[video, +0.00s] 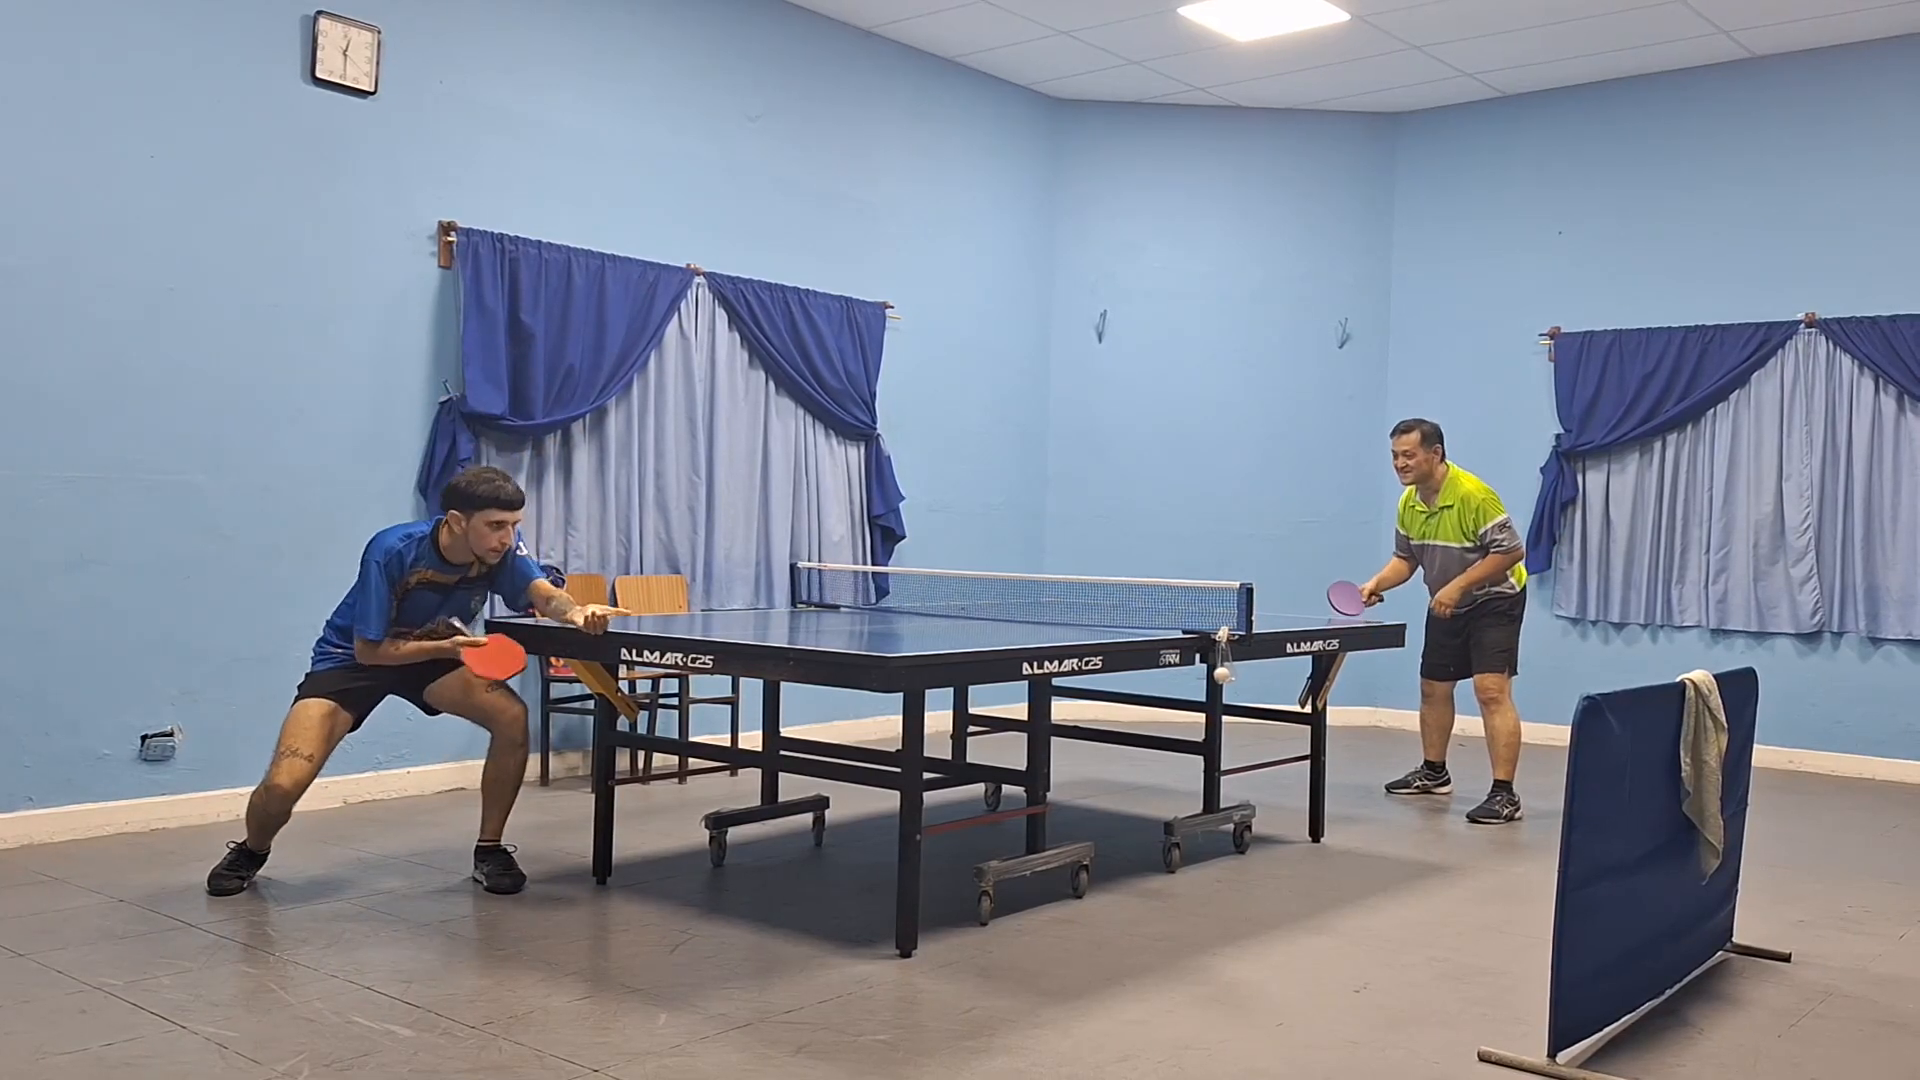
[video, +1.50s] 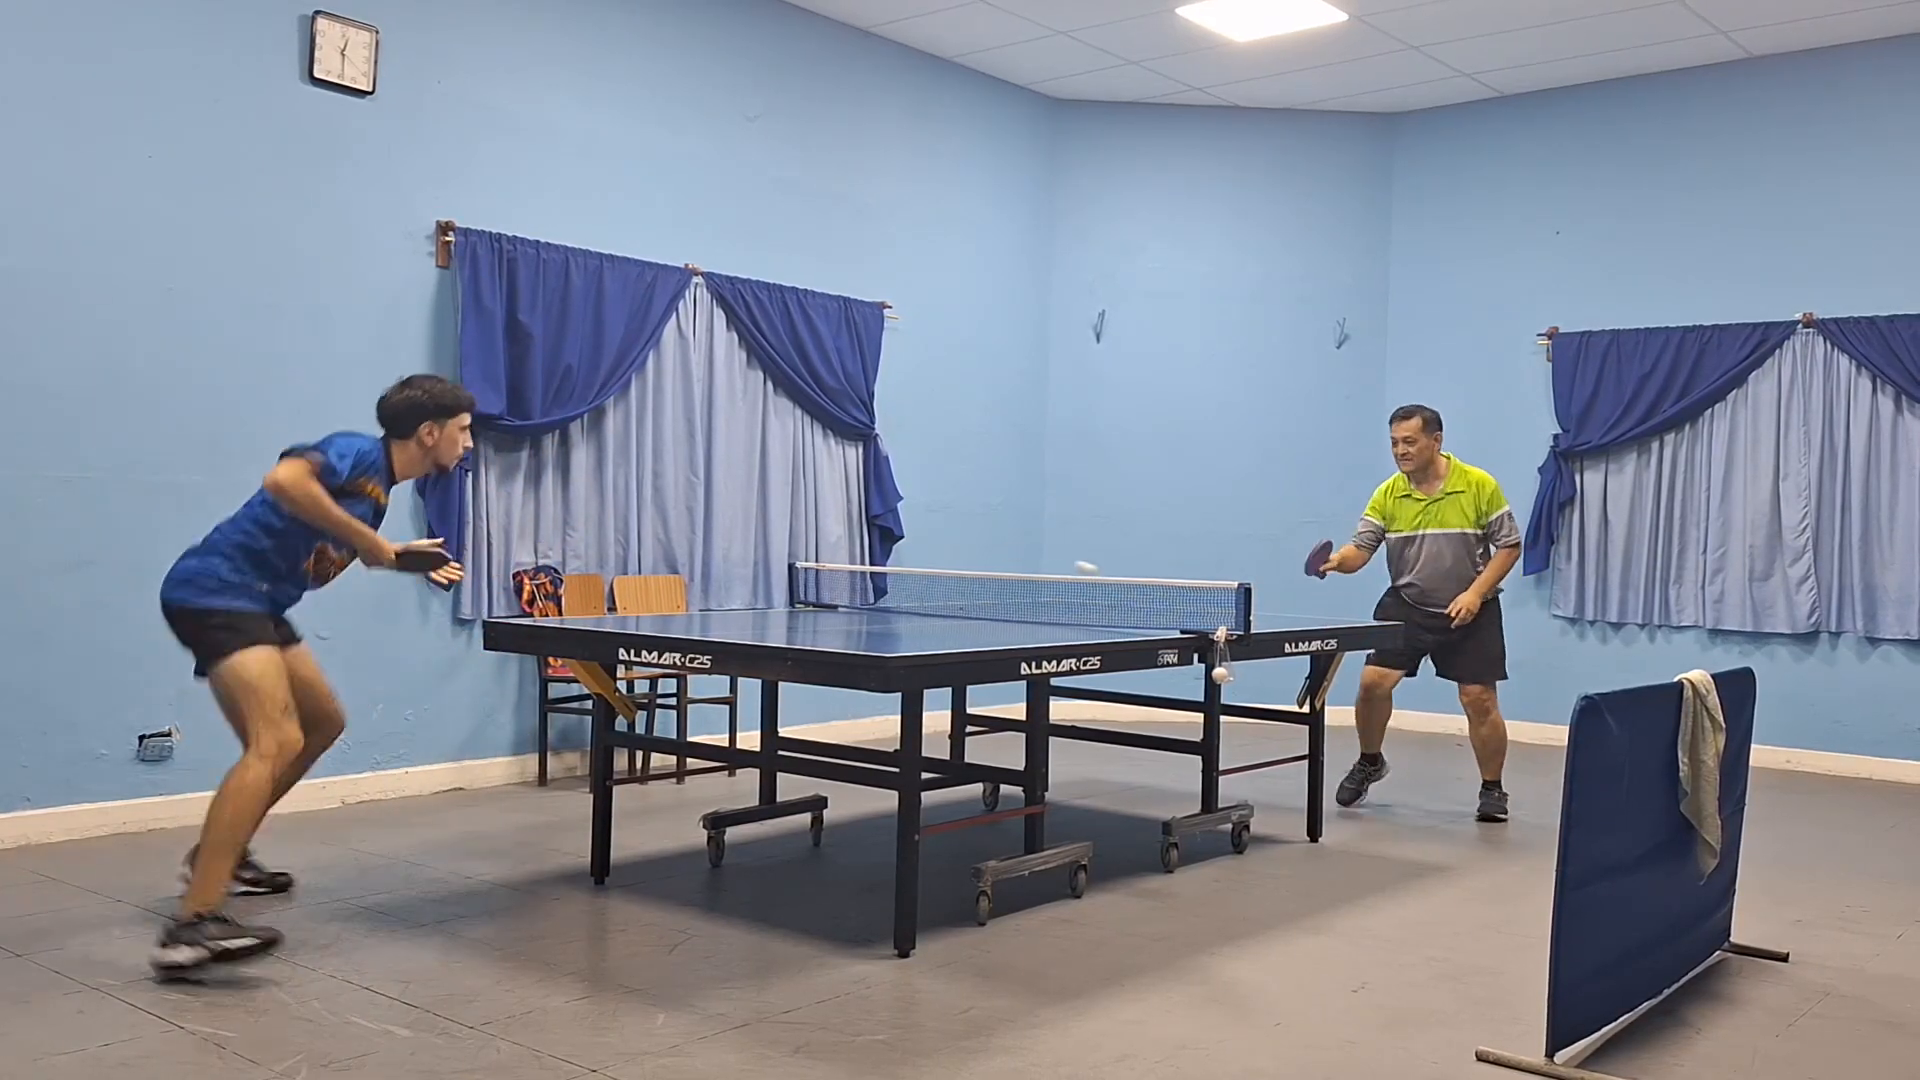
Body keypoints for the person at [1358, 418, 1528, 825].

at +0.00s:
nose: (1400, 463)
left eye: (1408, 455)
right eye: (1395, 456)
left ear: (1435, 455)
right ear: (1394, 458)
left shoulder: (1472, 495)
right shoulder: (1408, 503)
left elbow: (1510, 549)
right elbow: (1406, 558)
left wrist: (1459, 586)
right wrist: (1378, 582)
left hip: (1494, 600)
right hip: (1445, 604)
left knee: (1491, 690)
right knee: (1433, 686)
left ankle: (1503, 793)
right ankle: (1434, 771)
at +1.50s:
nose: (1401, 450)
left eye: (1410, 441)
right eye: (1395, 442)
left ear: (1436, 441)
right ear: (1391, 445)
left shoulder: (1478, 485)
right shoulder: (1388, 493)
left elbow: (1510, 545)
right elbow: (1361, 548)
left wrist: (1476, 592)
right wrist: (1338, 559)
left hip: (1470, 610)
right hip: (1407, 607)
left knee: (1478, 699)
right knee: (1373, 684)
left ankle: (1492, 789)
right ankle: (1369, 761)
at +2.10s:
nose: (1392, 453)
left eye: (1402, 445)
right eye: (1387, 445)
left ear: (1429, 450)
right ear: (1381, 448)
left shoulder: (1466, 495)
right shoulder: (1365, 501)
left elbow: (1492, 547)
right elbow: (1307, 529)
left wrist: (1498, 603)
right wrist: (1263, 523)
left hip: (1459, 618)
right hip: (1391, 618)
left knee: (1493, 701)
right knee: (1377, 694)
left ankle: (1502, 784)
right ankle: (1353, 792)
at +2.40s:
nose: (1400, 443)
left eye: (1408, 434)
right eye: (1397, 436)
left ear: (1438, 436)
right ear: (1398, 442)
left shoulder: (1471, 479)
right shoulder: (1413, 492)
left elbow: (1502, 535)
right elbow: (1404, 552)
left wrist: (1437, 561)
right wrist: (1362, 572)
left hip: (1489, 608)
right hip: (1432, 608)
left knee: (1503, 704)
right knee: (1391, 682)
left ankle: (1526, 796)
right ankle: (1398, 775)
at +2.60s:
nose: (1390, 473)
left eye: (1396, 464)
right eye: (1387, 467)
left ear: (1424, 460)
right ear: (1424, 464)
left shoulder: (1444, 493)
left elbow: (1397, 553)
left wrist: (1362, 563)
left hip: (1491, 611)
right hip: (1457, 617)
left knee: (1477, 708)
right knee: (1424, 695)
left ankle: (1528, 798)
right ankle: (1434, 775)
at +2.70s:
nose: (1378, 483)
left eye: (1383, 474)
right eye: (1375, 477)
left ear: (1409, 469)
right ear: (1411, 472)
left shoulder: (1427, 505)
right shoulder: (1436, 500)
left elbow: (1389, 573)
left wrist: (1343, 595)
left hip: (1488, 613)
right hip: (1455, 618)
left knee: (1472, 704)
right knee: (1415, 687)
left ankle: (1526, 798)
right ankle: (1433, 774)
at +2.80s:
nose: (1368, 480)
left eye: (1372, 471)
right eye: (1365, 474)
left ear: (1398, 466)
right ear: (1400, 469)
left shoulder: (1419, 498)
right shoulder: (1420, 497)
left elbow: (1407, 573)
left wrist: (1368, 608)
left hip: (1483, 605)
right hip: (1448, 614)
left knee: (1487, 697)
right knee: (1411, 684)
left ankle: (1528, 797)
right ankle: (1432, 773)